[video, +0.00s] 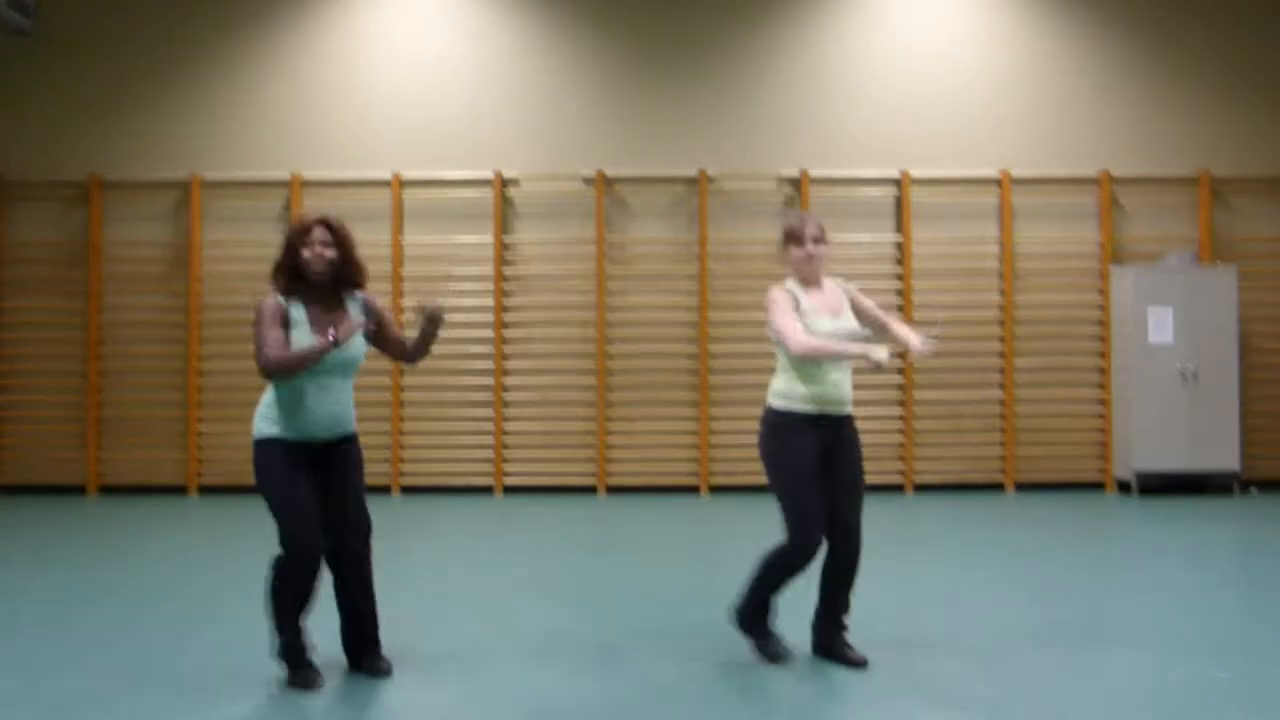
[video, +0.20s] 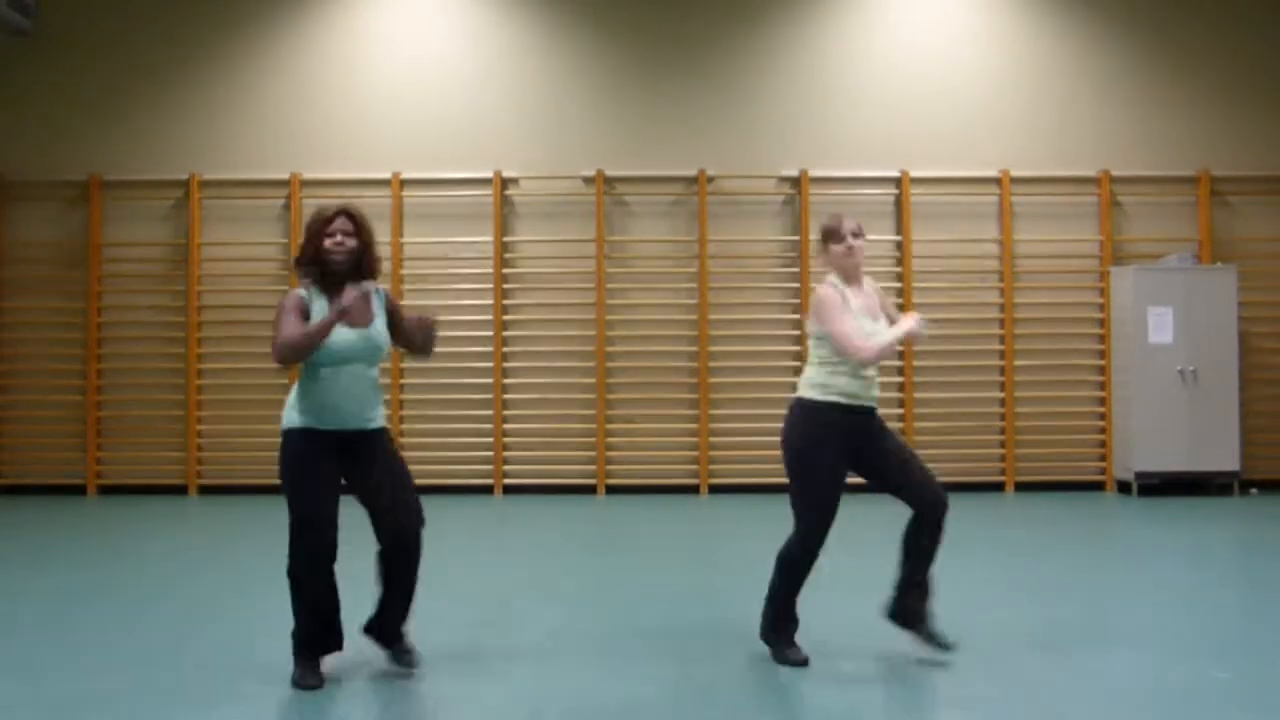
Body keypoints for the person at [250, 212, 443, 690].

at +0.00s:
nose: (319, 253)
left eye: (328, 245)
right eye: (309, 245)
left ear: (343, 254)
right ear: (294, 255)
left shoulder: (362, 305)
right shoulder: (276, 304)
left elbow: (406, 353)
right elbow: (270, 364)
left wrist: (428, 332)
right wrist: (321, 348)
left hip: (338, 443)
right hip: (282, 444)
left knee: (353, 546)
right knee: (303, 547)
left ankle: (364, 650)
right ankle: (289, 637)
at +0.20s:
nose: (339, 241)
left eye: (348, 235)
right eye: (330, 235)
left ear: (363, 245)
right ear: (314, 247)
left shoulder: (379, 297)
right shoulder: (302, 297)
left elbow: (416, 345)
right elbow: (284, 351)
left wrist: (422, 331)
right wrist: (332, 319)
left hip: (367, 436)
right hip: (309, 436)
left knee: (405, 525)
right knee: (313, 545)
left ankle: (389, 626)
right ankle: (308, 655)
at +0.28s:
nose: (349, 231)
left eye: (357, 225)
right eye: (338, 225)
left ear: (373, 238)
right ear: (323, 239)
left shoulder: (389, 285)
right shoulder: (313, 285)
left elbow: (451, 306)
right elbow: (298, 309)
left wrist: (461, 275)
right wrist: (347, 265)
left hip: (383, 425)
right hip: (325, 428)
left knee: (418, 520)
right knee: (320, 537)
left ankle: (436, 624)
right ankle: (309, 654)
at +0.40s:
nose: (361, 238)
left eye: (370, 231)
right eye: (352, 232)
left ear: (384, 241)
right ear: (336, 245)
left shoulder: (407, 283)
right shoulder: (331, 294)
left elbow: (467, 252)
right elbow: (314, 268)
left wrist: (511, 214)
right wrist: (368, 217)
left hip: (412, 431)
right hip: (351, 432)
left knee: (442, 538)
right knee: (331, 543)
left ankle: (493, 637)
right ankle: (310, 658)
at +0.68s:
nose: (387, 284)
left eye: (396, 275)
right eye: (378, 277)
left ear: (413, 280)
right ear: (368, 288)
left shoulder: (444, 324)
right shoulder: (362, 347)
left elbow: (506, 353)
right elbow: (342, 414)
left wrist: (479, 384)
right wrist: (377, 389)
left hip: (472, 443)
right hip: (420, 461)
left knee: (491, 546)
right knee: (453, 552)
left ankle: (497, 647)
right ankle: (435, 614)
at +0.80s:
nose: (387, 293)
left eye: (395, 283)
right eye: (378, 286)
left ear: (412, 283)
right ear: (366, 291)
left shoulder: (445, 325)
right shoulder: (365, 345)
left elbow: (474, 378)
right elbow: (364, 405)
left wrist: (420, 399)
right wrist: (376, 395)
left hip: (470, 445)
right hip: (417, 458)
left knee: (485, 548)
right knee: (435, 564)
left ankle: (499, 646)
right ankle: (465, 615)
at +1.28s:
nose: (300, 268)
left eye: (309, 258)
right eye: (291, 260)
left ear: (328, 260)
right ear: (283, 265)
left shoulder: (352, 304)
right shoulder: (288, 308)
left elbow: (321, 357)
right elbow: (253, 350)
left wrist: (263, 332)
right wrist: (230, 340)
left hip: (359, 433)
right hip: (314, 434)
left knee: (329, 539)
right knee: (304, 546)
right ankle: (314, 647)